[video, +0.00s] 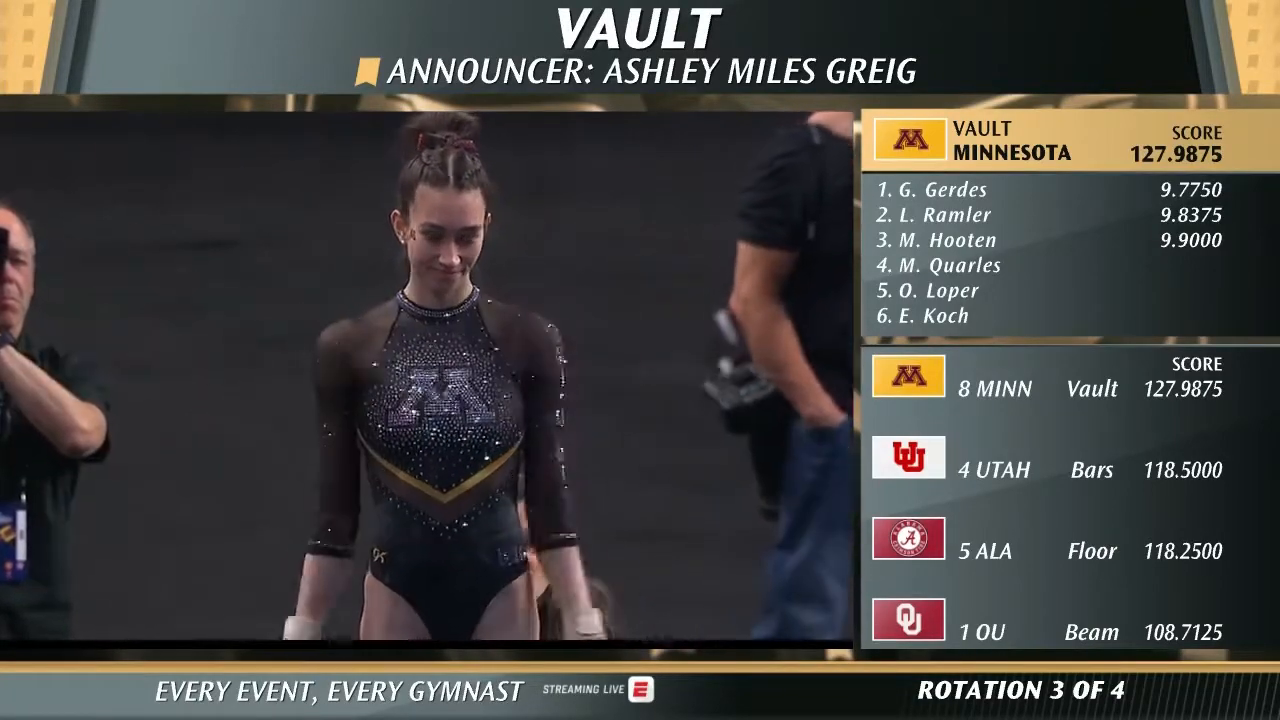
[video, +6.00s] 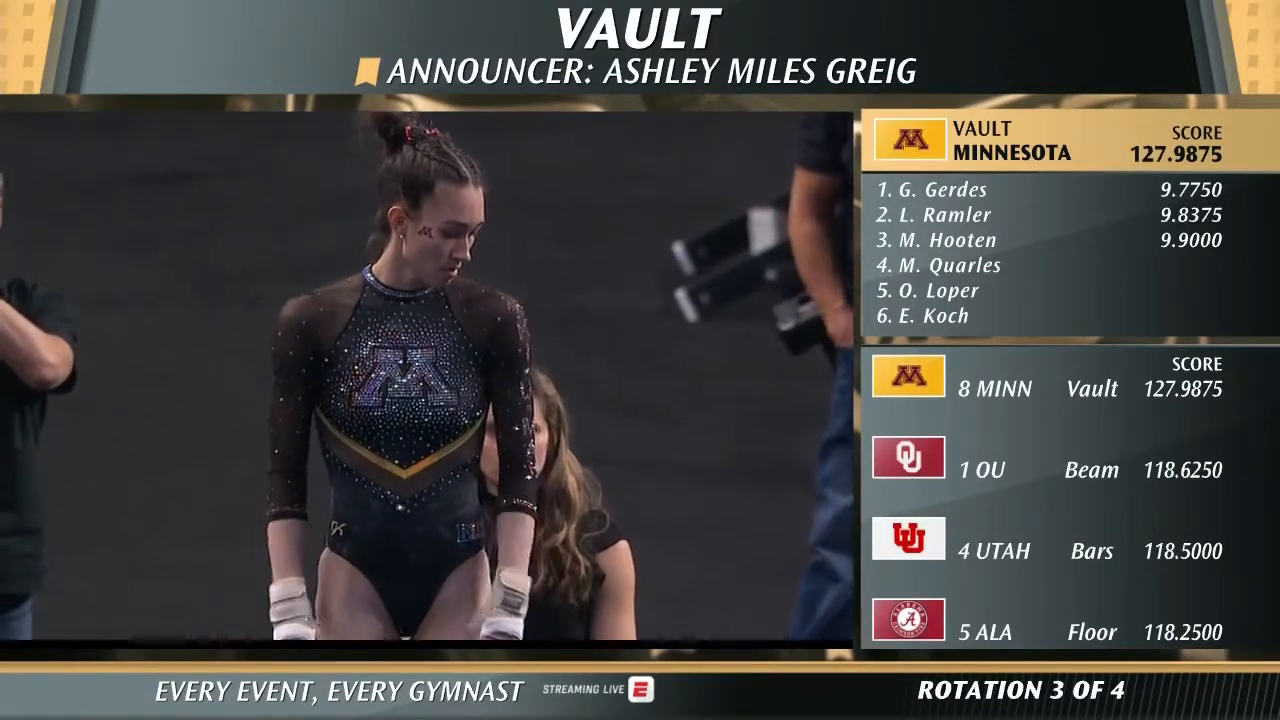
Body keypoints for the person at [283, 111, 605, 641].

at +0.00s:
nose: (451, 255)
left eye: (467, 236)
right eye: (432, 235)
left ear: (487, 226)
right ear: (401, 226)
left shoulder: (530, 341)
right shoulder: (349, 348)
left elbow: (550, 495)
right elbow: (337, 512)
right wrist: (303, 628)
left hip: (503, 588)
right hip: (395, 591)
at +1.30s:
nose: (454, 292)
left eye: (466, 273)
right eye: (437, 272)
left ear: (477, 264)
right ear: (391, 260)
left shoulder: (497, 364)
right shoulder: (317, 367)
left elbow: (514, 517)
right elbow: (300, 528)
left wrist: (519, 646)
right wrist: (293, 657)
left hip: (465, 601)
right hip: (356, 599)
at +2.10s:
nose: (475, 284)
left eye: (486, 266)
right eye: (461, 264)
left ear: (496, 257)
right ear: (412, 248)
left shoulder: (504, 363)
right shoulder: (324, 355)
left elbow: (544, 506)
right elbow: (282, 508)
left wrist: (577, 630)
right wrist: (248, 632)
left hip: (461, 600)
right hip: (352, 597)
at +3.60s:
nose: (468, 241)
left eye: (476, 223)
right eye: (454, 221)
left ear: (483, 213)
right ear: (403, 208)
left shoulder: (489, 310)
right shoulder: (310, 308)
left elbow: (510, 460)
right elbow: (284, 461)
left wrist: (519, 603)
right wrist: (284, 609)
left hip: (458, 558)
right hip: (348, 556)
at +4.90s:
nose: (467, 245)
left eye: (474, 227)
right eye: (453, 226)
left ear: (481, 216)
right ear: (400, 214)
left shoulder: (489, 316)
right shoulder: (311, 318)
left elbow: (500, 468)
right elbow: (290, 473)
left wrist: (473, 597)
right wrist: (331, 590)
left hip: (458, 566)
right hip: (355, 566)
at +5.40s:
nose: (470, 247)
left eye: (478, 229)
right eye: (456, 228)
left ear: (486, 218)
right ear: (404, 215)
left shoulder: (495, 317)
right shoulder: (317, 320)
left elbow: (526, 472)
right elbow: (292, 478)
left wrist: (543, 617)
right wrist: (273, 622)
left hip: (462, 566)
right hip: (354, 565)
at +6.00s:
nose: (466, 250)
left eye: (473, 233)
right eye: (451, 233)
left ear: (480, 222)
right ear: (398, 220)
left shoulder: (493, 319)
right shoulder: (311, 321)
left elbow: (518, 465)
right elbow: (286, 469)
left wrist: (510, 602)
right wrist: (288, 607)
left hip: (461, 570)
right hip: (351, 567)